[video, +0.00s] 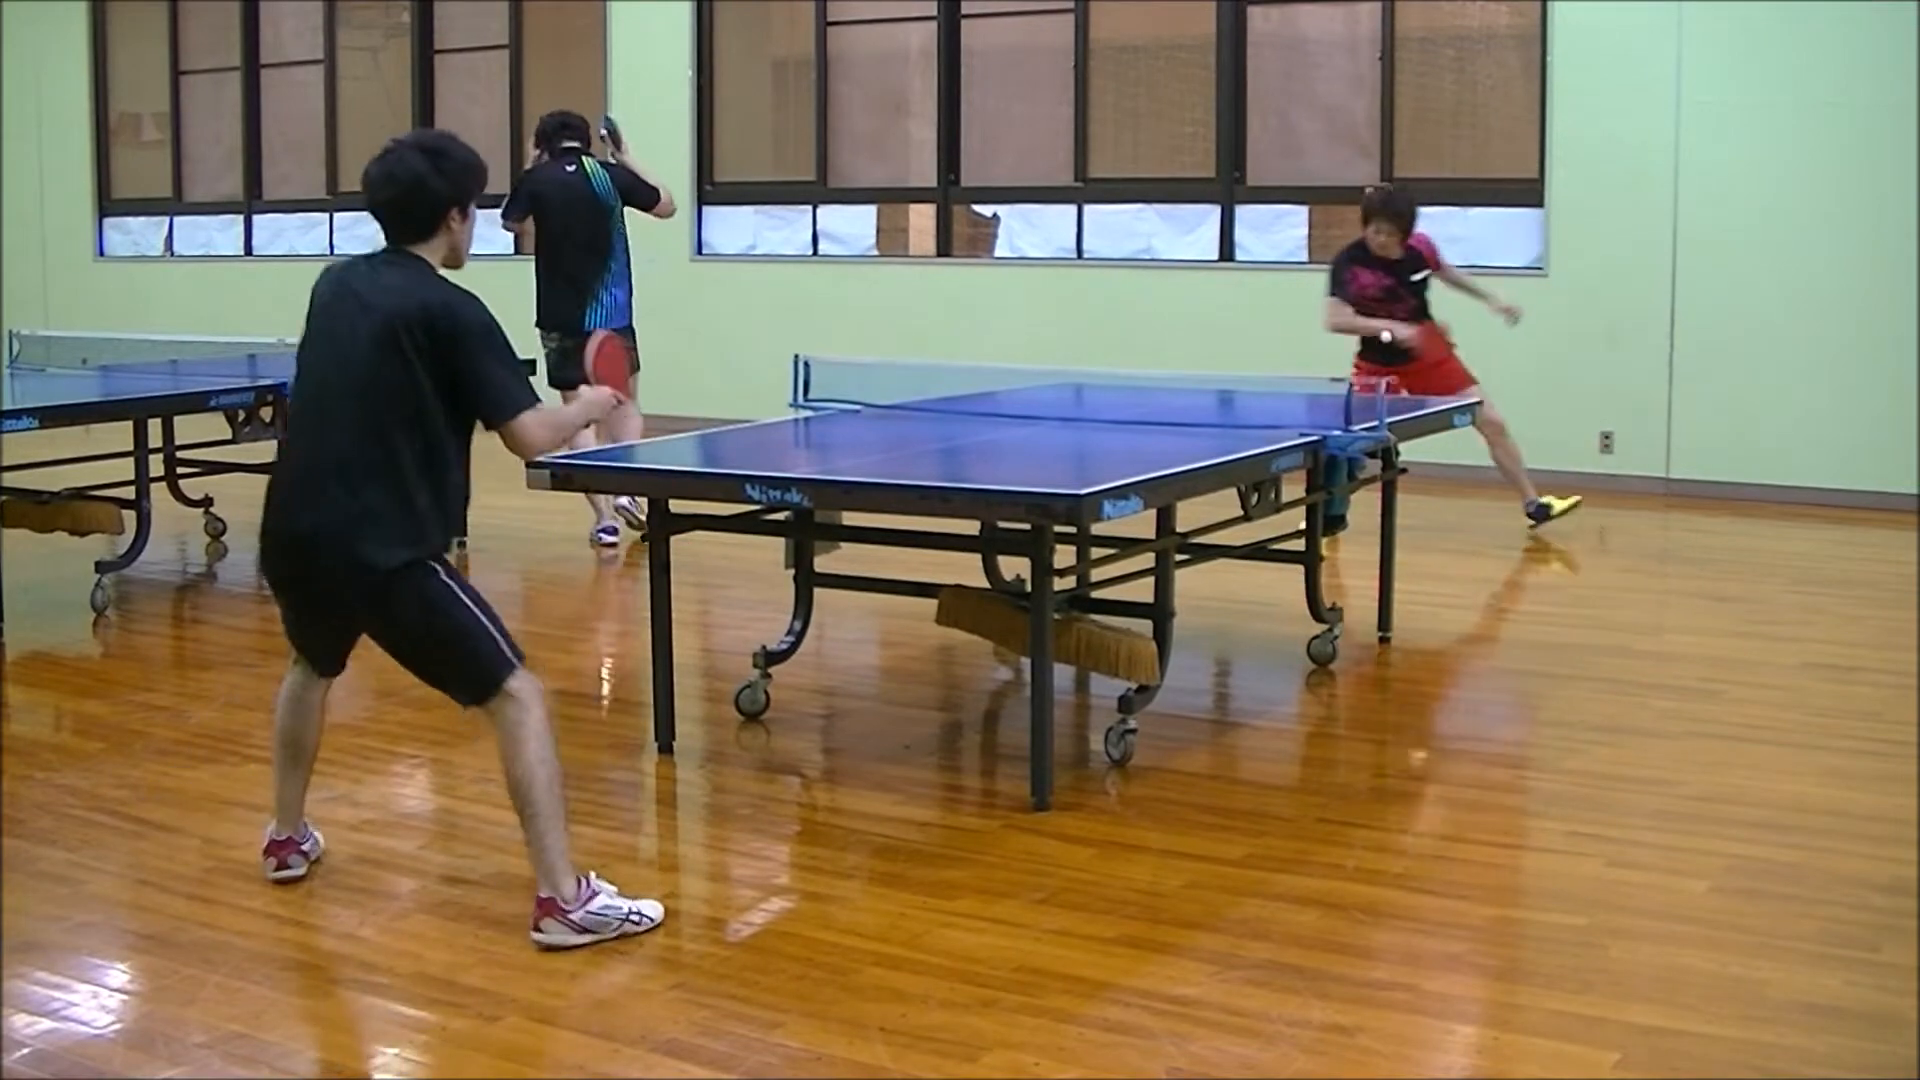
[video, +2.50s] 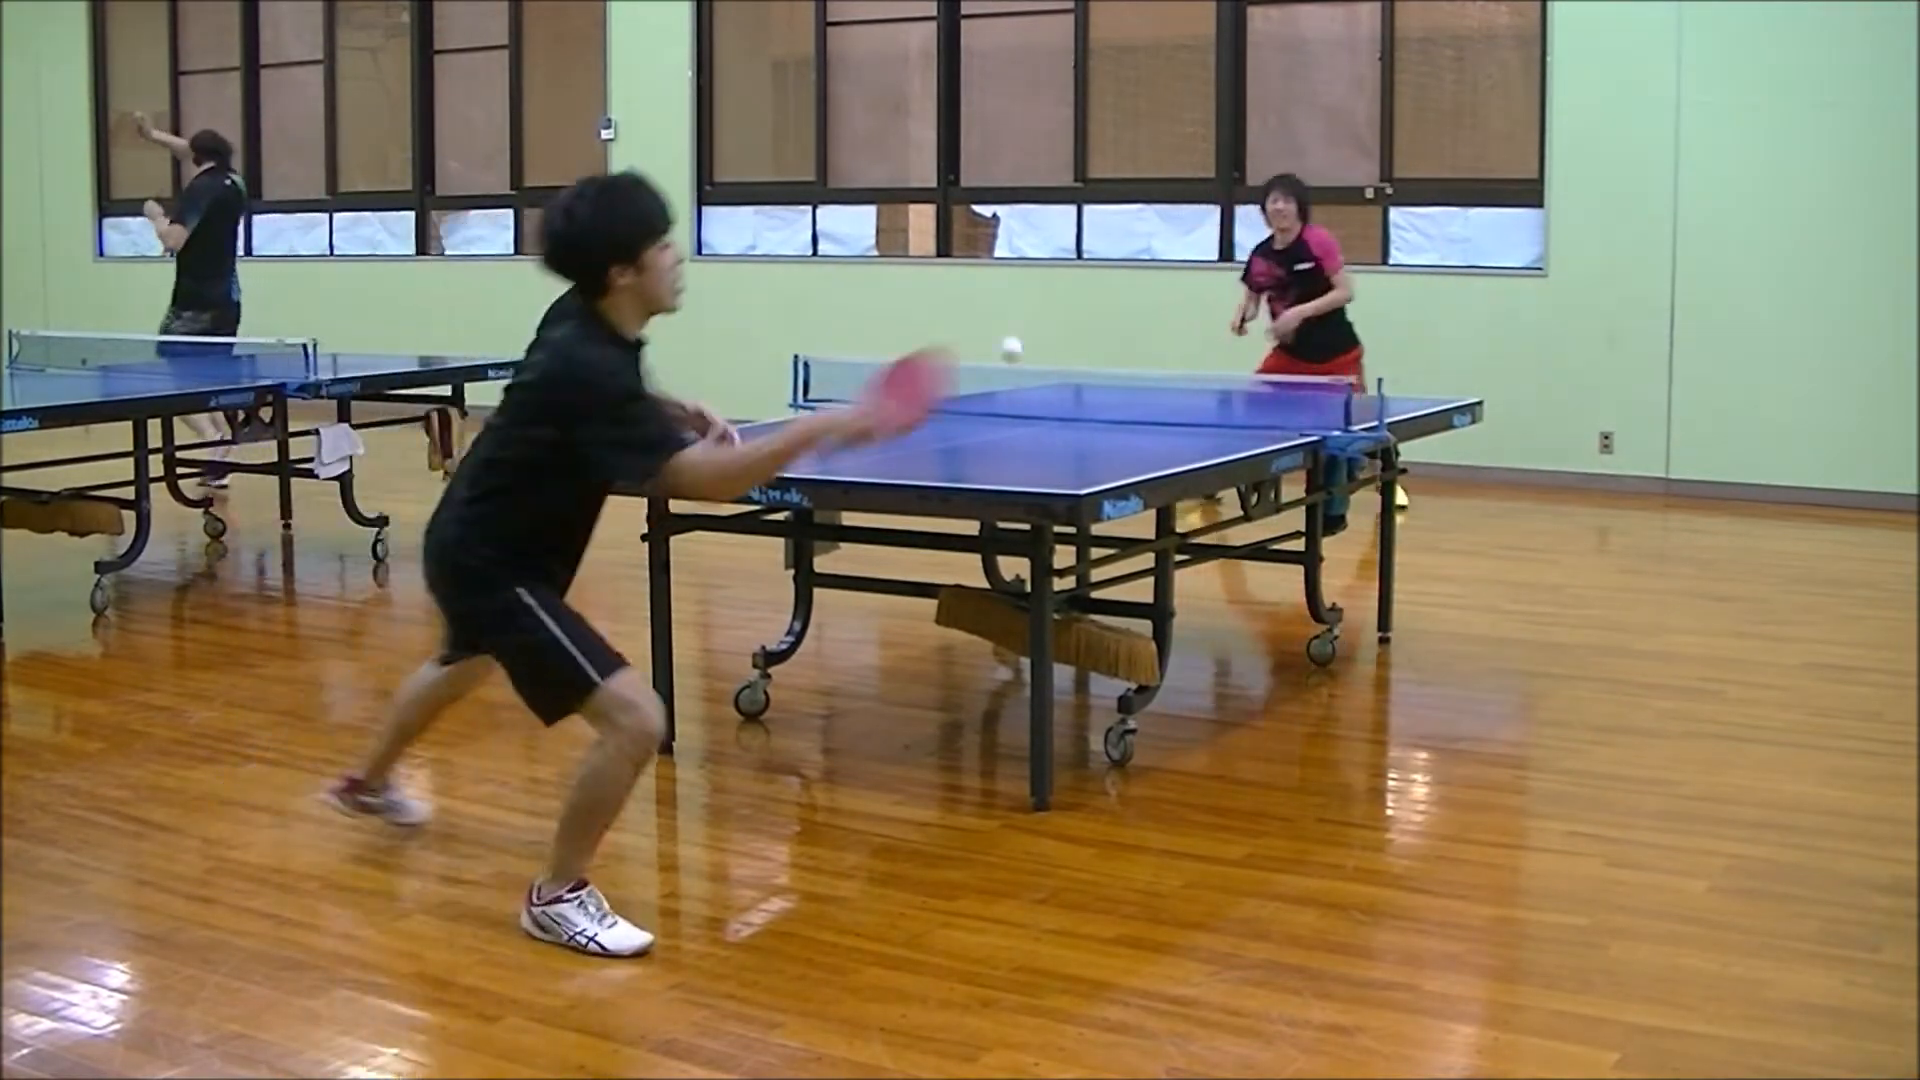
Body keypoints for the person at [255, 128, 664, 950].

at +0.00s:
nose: (478, 221)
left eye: (475, 207)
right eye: (474, 207)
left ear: (386, 214)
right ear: (453, 217)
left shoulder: (335, 284)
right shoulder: (447, 310)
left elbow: (325, 406)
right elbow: (532, 435)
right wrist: (590, 403)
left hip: (296, 539)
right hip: (385, 551)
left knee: (311, 667)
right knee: (516, 696)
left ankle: (285, 836)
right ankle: (565, 895)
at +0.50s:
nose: (435, 277)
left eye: (434, 261)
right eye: (431, 262)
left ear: (362, 265)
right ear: (404, 271)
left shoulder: (330, 327)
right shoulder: (362, 359)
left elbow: (353, 409)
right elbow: (399, 503)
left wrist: (446, 415)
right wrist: (512, 488)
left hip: (249, 553)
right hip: (296, 571)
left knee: (287, 673)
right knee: (449, 690)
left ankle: (192, 806)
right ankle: (440, 893)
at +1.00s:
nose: (470, 226)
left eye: (463, 213)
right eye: (458, 217)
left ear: (394, 234)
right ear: (425, 239)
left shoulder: (344, 287)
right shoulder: (444, 328)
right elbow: (559, 401)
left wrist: (422, 153)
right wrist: (643, 340)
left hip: (313, 521)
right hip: (382, 536)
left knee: (401, 570)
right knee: (479, 709)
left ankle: (369, 705)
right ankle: (415, 870)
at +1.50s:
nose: (492, 218)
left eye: (491, 206)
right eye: (490, 207)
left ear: (412, 207)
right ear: (474, 215)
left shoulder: (365, 278)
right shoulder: (497, 291)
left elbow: (273, 337)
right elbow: (516, 424)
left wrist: (216, 452)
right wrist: (491, 448)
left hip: (371, 500)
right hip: (453, 505)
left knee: (450, 624)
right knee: (496, 680)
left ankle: (465, 783)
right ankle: (453, 812)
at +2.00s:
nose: (479, 241)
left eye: (478, 226)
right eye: (476, 227)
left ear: (402, 231)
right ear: (455, 234)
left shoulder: (352, 297)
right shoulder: (440, 319)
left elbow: (331, 409)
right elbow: (480, 446)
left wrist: (429, 437)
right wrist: (558, 457)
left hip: (293, 516)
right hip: (366, 531)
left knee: (317, 641)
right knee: (492, 681)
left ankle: (243, 782)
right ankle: (428, 852)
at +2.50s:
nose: (679, 258)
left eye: (673, 244)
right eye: (665, 248)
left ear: (618, 271)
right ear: (620, 274)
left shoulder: (587, 324)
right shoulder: (588, 370)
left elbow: (599, 406)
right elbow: (707, 477)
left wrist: (674, 415)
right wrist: (821, 428)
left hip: (477, 547)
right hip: (492, 568)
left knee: (464, 664)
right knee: (635, 722)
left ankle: (366, 778)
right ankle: (558, 894)